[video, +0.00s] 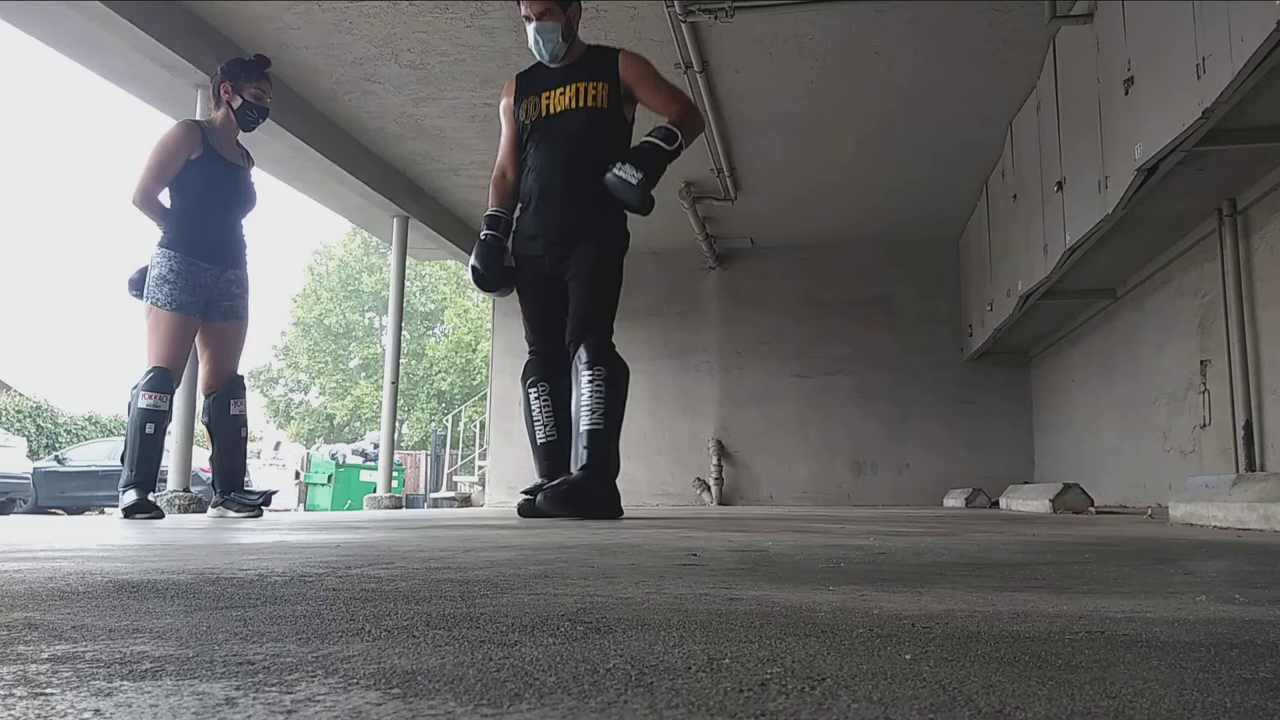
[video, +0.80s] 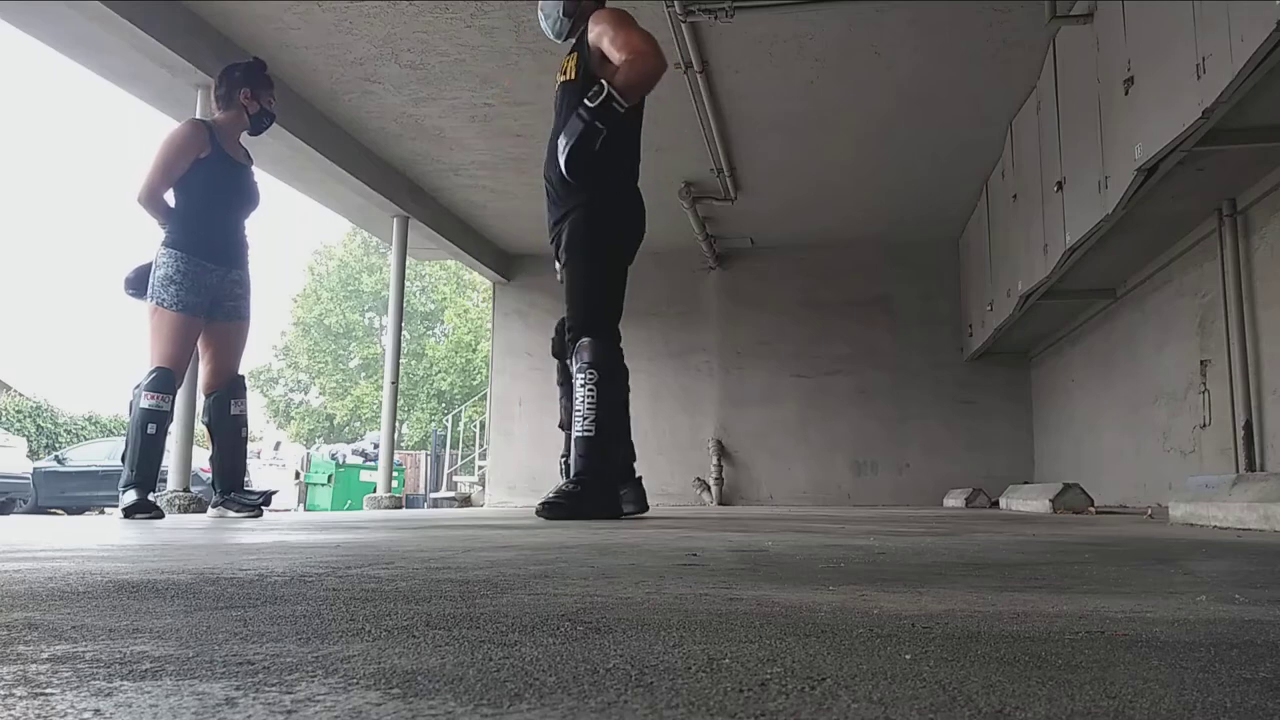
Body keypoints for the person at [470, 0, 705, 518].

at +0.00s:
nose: (536, 27)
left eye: (546, 15)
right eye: (528, 18)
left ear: (575, 14)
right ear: (523, 24)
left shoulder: (618, 65)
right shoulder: (516, 90)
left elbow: (688, 115)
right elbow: (505, 171)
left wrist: (653, 152)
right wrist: (493, 232)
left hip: (594, 232)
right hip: (533, 239)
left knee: (589, 344)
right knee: (543, 356)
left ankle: (596, 483)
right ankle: (556, 482)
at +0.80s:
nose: (553, 18)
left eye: (555, 11)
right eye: (553, 15)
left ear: (572, 5)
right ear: (573, 15)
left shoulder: (602, 21)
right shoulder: (581, 50)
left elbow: (646, 58)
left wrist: (593, 118)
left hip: (599, 209)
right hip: (580, 215)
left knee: (590, 343)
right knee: (581, 346)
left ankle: (591, 485)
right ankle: (618, 480)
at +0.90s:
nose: (553, 13)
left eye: (557, 4)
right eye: (553, 7)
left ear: (583, 2)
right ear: (584, 8)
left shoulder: (603, 25)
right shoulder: (588, 44)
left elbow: (642, 61)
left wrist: (590, 122)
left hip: (599, 215)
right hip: (584, 218)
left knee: (588, 344)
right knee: (592, 346)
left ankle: (591, 484)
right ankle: (619, 483)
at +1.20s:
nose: (551, 22)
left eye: (557, 10)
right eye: (549, 13)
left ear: (589, 7)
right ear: (585, 11)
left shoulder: (606, 37)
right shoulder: (594, 61)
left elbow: (642, 72)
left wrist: (599, 122)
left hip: (599, 223)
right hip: (606, 225)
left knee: (571, 335)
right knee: (620, 347)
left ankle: (587, 479)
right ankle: (623, 482)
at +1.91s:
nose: (544, 12)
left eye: (549, 3)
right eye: (544, 5)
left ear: (576, 4)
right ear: (581, 7)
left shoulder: (600, 33)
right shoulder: (585, 56)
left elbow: (631, 67)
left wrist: (580, 112)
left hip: (587, 220)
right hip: (582, 222)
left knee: (584, 343)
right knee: (601, 346)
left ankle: (593, 478)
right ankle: (618, 480)